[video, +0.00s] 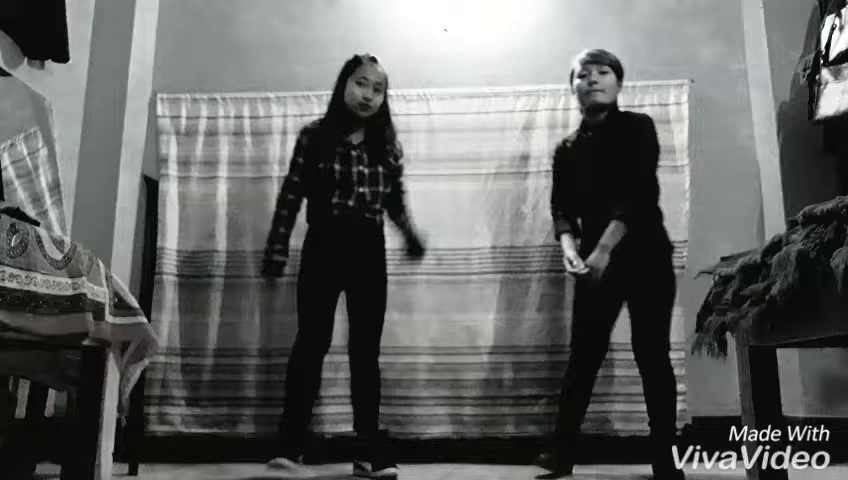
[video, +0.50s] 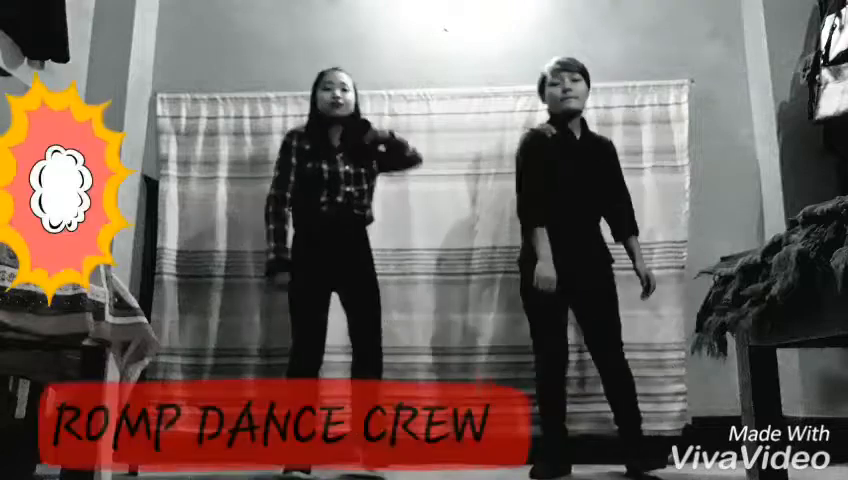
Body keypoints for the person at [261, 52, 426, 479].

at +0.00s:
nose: (368, 94)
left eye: (378, 89)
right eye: (361, 84)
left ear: (384, 97)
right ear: (343, 86)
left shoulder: (386, 142)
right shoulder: (315, 135)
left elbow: (393, 196)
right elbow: (291, 195)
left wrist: (409, 233)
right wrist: (276, 250)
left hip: (368, 255)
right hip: (322, 252)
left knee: (365, 351)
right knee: (310, 345)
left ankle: (370, 450)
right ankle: (291, 445)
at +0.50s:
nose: (337, 94)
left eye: (344, 88)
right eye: (328, 88)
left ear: (355, 98)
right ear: (314, 97)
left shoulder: (365, 141)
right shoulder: (298, 141)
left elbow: (410, 159)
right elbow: (278, 201)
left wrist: (380, 138)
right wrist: (278, 257)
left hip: (353, 253)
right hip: (309, 254)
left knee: (368, 347)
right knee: (307, 350)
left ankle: (369, 440)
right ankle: (297, 446)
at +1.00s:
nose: (330, 99)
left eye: (334, 93)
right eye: (321, 91)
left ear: (337, 103)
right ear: (299, 97)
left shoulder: (343, 154)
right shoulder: (272, 149)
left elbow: (358, 213)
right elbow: (257, 205)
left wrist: (368, 263)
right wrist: (255, 257)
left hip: (334, 265)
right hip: (286, 264)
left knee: (349, 356)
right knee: (274, 355)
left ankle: (360, 446)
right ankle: (262, 447)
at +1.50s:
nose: (361, 109)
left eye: (367, 102)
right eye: (354, 101)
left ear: (377, 107)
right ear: (341, 106)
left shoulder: (386, 148)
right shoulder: (325, 151)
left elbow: (411, 163)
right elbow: (310, 206)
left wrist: (387, 124)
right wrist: (299, 251)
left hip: (371, 258)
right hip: (327, 256)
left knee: (367, 351)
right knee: (315, 347)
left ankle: (368, 435)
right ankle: (314, 428)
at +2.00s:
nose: (348, 107)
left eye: (356, 102)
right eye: (340, 101)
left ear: (368, 112)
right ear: (328, 110)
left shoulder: (382, 159)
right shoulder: (310, 156)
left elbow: (400, 212)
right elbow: (285, 202)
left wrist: (418, 259)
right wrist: (267, 244)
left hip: (363, 264)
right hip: (322, 262)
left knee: (352, 353)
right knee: (326, 352)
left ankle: (351, 439)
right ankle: (325, 440)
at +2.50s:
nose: (324, 86)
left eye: (333, 81)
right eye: (316, 81)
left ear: (348, 96)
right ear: (305, 95)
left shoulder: (363, 131)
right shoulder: (289, 129)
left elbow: (414, 145)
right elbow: (247, 114)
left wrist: (397, 184)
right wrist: (242, 113)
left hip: (340, 245)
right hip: (295, 244)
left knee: (338, 351)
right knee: (275, 349)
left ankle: (344, 454)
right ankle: (255, 451)